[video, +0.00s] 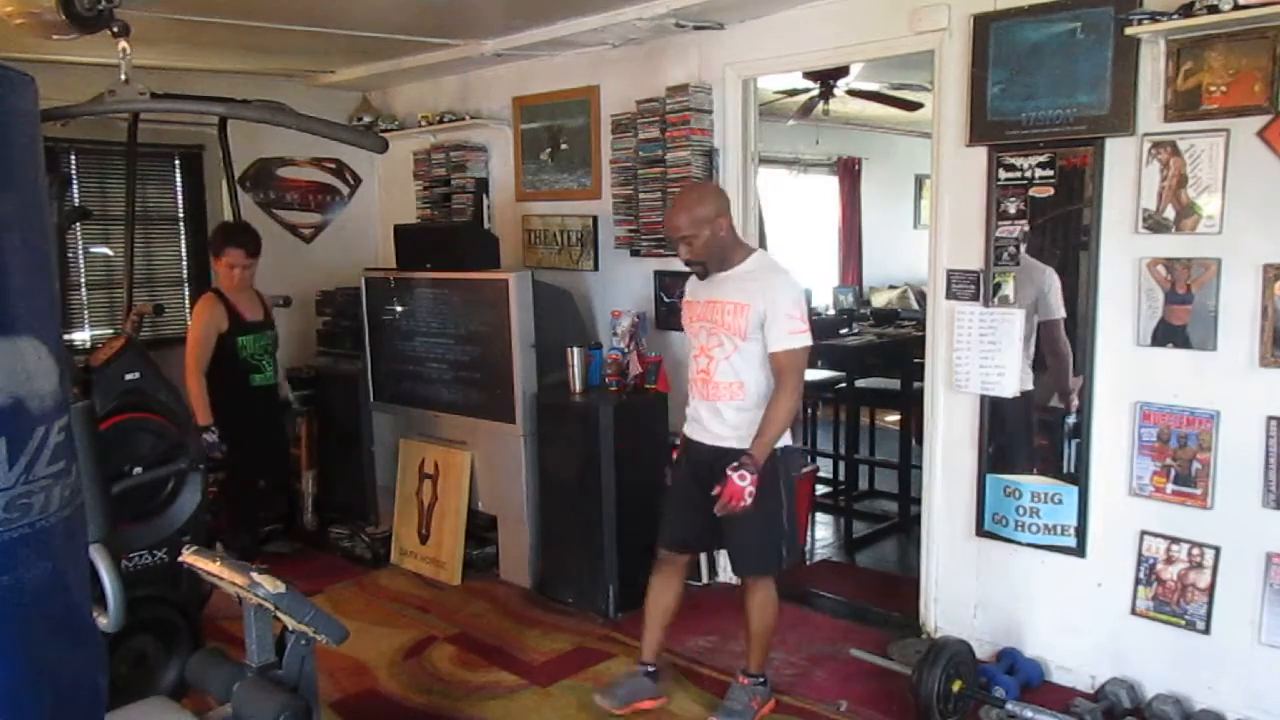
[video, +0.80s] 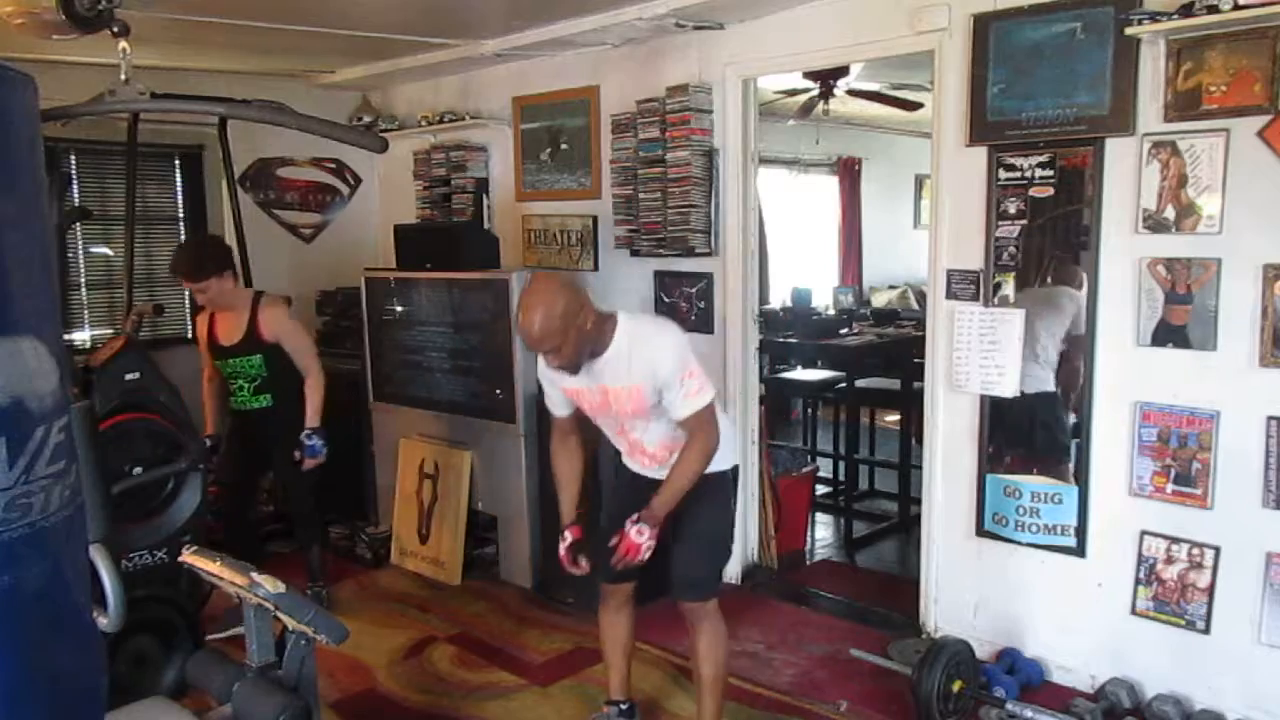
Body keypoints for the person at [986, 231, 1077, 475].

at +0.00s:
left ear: (990, 229)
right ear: (1026, 232)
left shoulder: (973, 266)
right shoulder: (1041, 276)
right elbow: (1055, 346)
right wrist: (1066, 391)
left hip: (969, 392)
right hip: (1013, 396)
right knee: (1016, 475)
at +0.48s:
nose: (1047, 248)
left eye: (1045, 244)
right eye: (1047, 244)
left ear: (1019, 247)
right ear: (1047, 247)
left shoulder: (1004, 275)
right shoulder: (1051, 276)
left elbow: (992, 329)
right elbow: (1050, 334)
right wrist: (1061, 387)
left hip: (1000, 393)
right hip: (1035, 394)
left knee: (1005, 469)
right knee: (1037, 475)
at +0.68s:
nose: (1071, 268)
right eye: (1071, 264)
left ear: (1038, 258)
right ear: (1068, 263)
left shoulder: (1015, 279)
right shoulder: (1066, 282)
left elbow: (1000, 329)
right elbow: (1061, 340)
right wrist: (1067, 390)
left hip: (1002, 386)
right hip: (1040, 388)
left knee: (1011, 462)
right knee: (1058, 465)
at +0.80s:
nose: (1080, 289)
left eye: (1079, 287)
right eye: (1081, 286)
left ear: (1051, 277)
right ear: (1078, 283)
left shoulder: (1024, 295)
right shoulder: (1075, 300)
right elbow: (1075, 361)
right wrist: (1068, 404)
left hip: (1002, 390)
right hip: (1041, 391)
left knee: (997, 464)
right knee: (1059, 469)